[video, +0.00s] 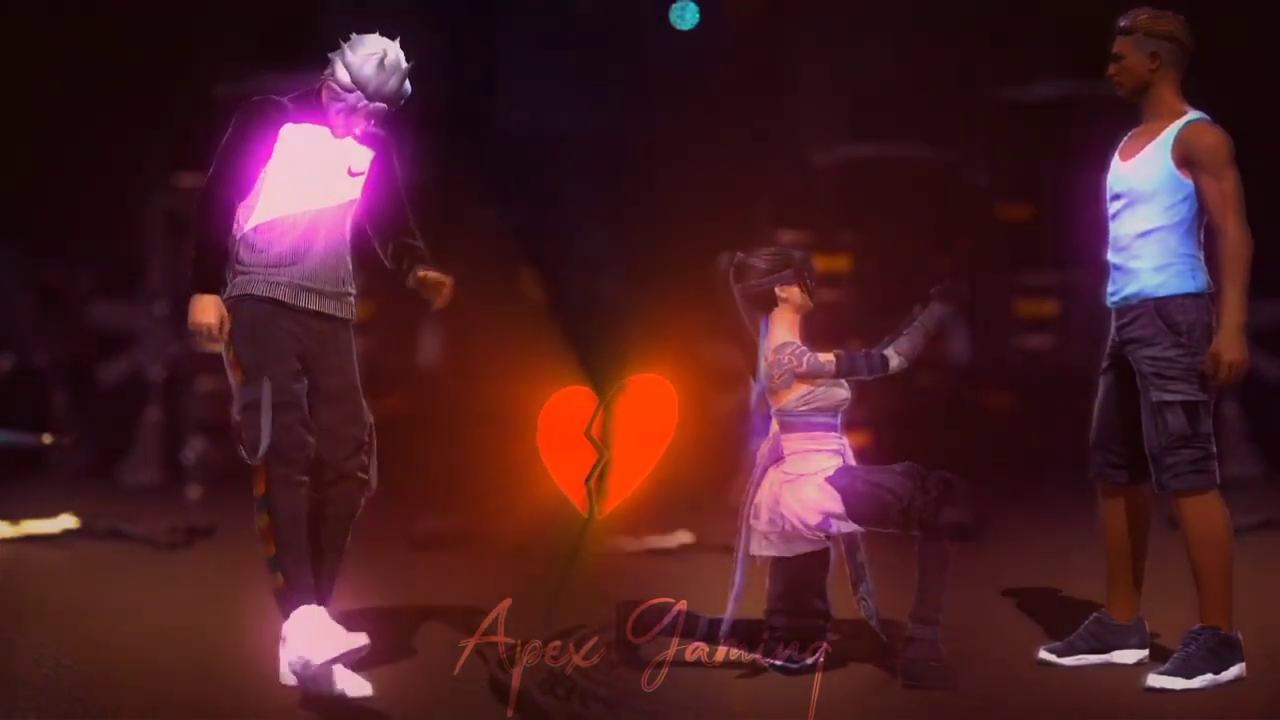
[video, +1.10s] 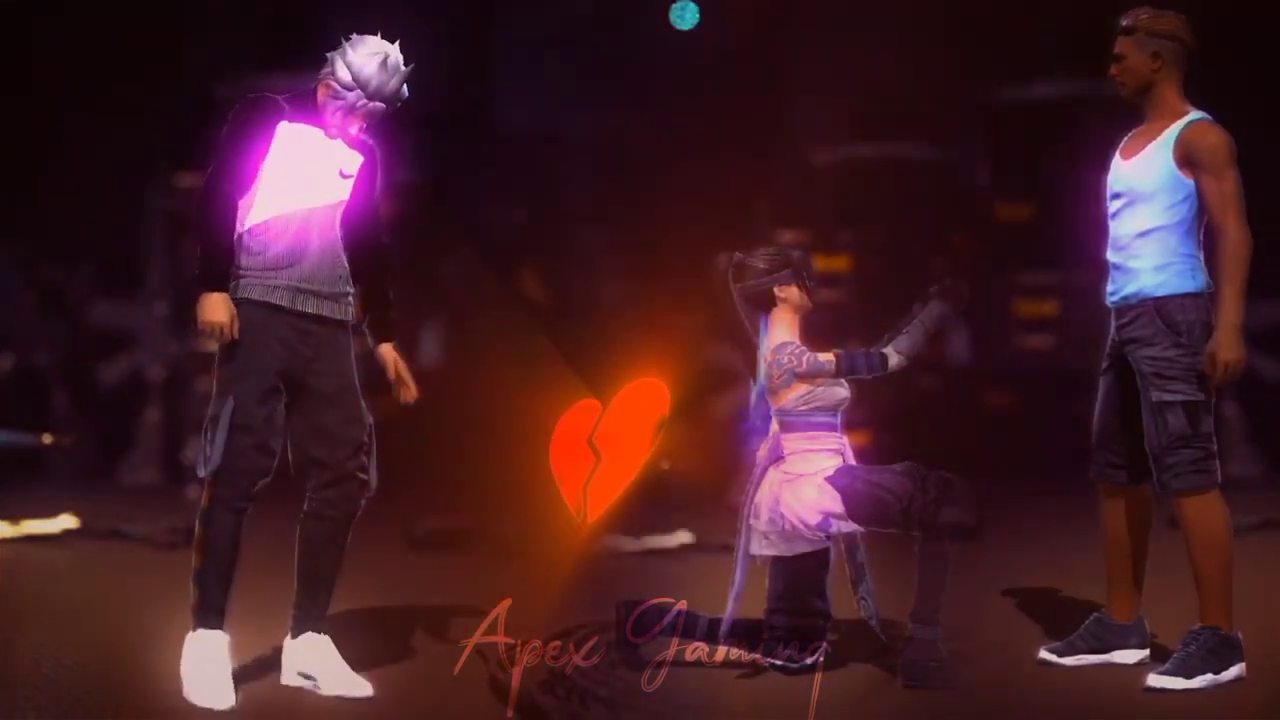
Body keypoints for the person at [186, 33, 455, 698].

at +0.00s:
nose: (359, 122)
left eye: (373, 114)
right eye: (352, 106)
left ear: (387, 108)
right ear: (331, 83)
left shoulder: (380, 146)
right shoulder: (270, 117)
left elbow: (393, 228)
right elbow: (219, 201)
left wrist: (416, 267)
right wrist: (206, 286)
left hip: (333, 317)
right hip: (264, 305)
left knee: (348, 461)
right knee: (287, 454)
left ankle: (308, 618)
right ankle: (300, 615)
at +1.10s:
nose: (354, 122)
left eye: (368, 113)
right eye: (348, 105)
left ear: (382, 109)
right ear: (325, 84)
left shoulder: (372, 154)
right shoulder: (264, 118)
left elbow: (372, 250)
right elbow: (217, 196)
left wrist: (384, 336)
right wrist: (213, 284)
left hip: (335, 327)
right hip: (260, 315)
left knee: (344, 477)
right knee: (239, 469)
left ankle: (306, 639)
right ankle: (207, 636)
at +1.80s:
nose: (353, 119)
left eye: (366, 110)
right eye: (348, 101)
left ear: (377, 106)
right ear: (324, 82)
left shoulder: (371, 152)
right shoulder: (258, 115)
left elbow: (368, 252)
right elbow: (215, 197)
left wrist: (366, 342)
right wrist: (216, 282)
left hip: (329, 332)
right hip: (252, 318)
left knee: (340, 478)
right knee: (216, 471)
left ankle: (308, 637)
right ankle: (178, 629)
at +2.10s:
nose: (350, 118)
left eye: (364, 109)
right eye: (345, 100)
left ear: (376, 108)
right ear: (321, 83)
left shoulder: (369, 156)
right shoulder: (257, 119)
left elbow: (367, 254)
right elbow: (213, 196)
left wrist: (363, 342)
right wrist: (216, 281)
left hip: (328, 334)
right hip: (252, 320)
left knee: (337, 480)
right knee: (212, 473)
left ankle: (307, 638)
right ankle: (175, 626)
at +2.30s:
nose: (344, 115)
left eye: (359, 107)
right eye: (338, 96)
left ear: (372, 107)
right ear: (315, 81)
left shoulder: (364, 154)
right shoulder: (251, 118)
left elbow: (358, 227)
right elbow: (208, 198)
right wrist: (218, 277)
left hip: (319, 331)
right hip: (244, 318)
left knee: (333, 478)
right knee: (203, 471)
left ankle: (306, 637)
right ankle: (169, 623)